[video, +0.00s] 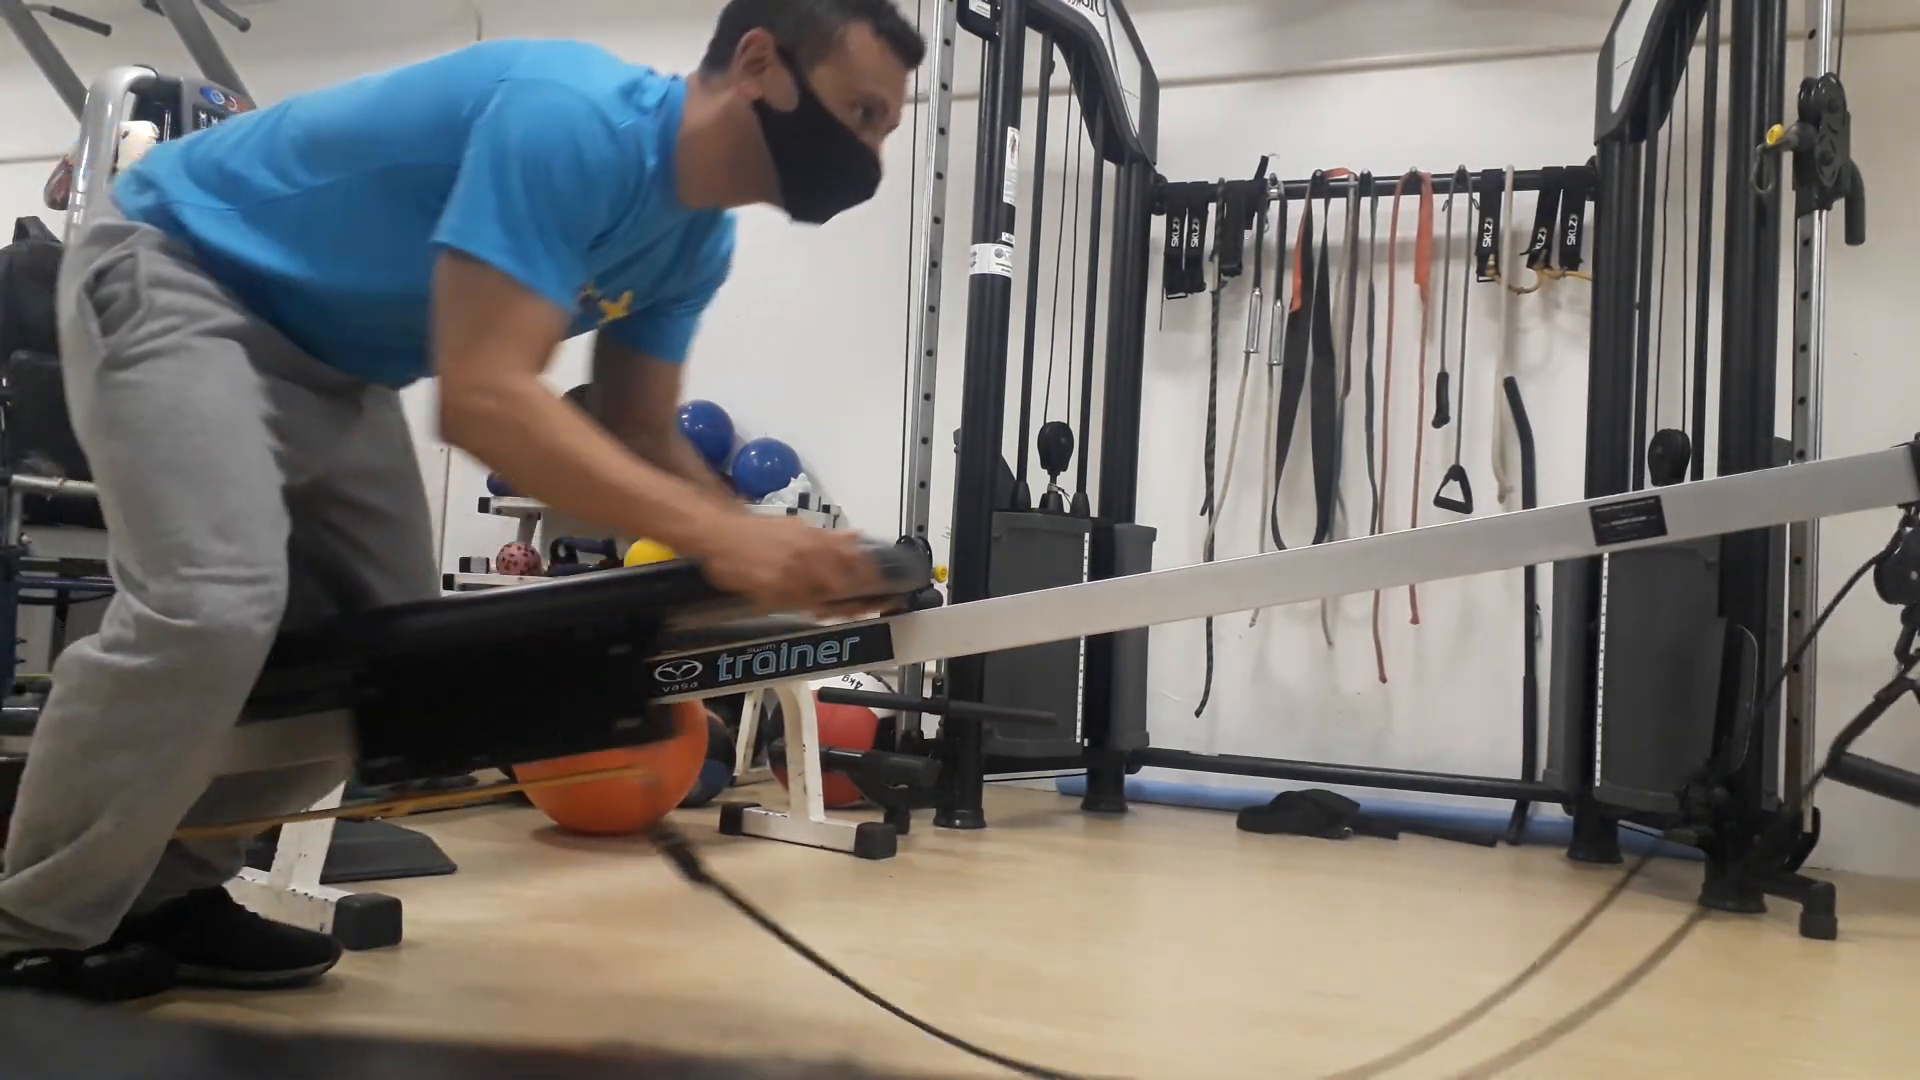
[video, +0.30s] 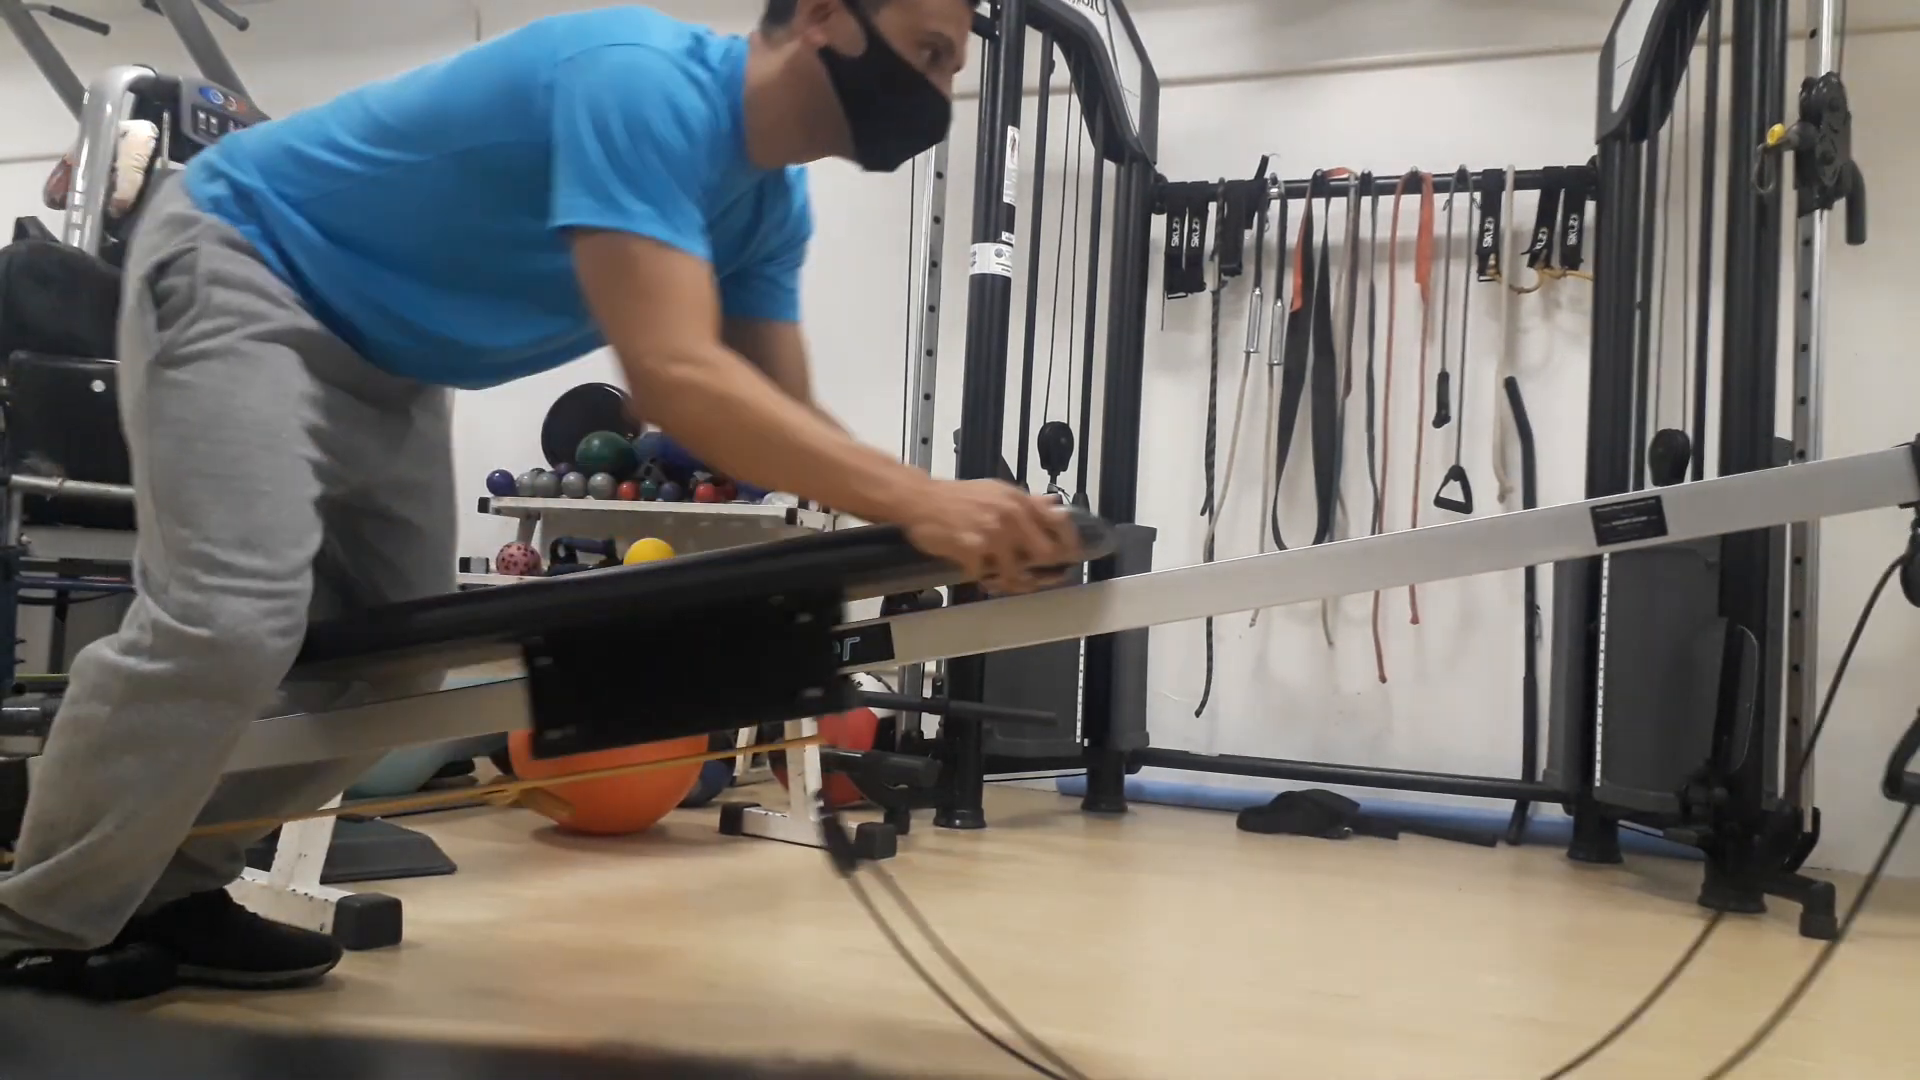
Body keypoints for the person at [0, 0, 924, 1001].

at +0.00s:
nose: (867, 149)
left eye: (884, 128)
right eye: (857, 109)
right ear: (756, 63)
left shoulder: (696, 234)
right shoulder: (567, 120)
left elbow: (636, 425)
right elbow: (482, 400)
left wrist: (759, 540)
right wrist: (723, 532)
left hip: (331, 358)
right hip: (173, 267)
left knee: (394, 647)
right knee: (210, 607)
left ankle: (165, 891)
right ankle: (30, 928)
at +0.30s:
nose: (933, 99)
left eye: (950, 76)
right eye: (922, 59)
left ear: (831, 43)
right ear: (822, 16)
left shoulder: (771, 197)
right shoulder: (641, 86)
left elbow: (782, 408)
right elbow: (670, 377)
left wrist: (939, 512)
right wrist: (918, 504)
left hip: (390, 357)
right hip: (243, 259)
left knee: (399, 658)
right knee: (230, 628)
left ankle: (167, 884)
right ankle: (40, 922)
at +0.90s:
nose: (1098, 58)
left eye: (1107, 42)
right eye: (1089, 27)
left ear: (997, 28)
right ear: (1007, 5)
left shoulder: (913, 178)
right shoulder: (807, 56)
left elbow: (829, 381)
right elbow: (699, 340)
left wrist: (946, 510)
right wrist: (911, 504)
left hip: (508, 393)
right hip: (393, 290)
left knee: (414, 690)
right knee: (263, 665)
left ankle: (180, 874)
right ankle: (42, 936)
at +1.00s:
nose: (1051, 143)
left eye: (1075, 127)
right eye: (1061, 110)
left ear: (1026, 60)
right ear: (1012, 28)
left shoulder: (942, 189)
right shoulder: (827, 65)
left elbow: (836, 373)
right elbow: (699, 340)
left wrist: (940, 512)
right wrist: (909, 500)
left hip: (525, 401)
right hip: (416, 302)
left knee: (434, 695)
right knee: (282, 673)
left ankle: (181, 882)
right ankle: (47, 939)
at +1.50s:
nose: (1254, 206)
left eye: (1266, 177)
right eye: (1242, 163)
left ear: (1163, 140)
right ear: (1137, 115)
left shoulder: (1028, 285)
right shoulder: (951, 155)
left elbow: (851, 398)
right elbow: (708, 322)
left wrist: (945, 516)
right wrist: (905, 507)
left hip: (602, 470)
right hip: (503, 366)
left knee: (472, 722)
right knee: (306, 709)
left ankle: (210, 876)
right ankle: (60, 952)